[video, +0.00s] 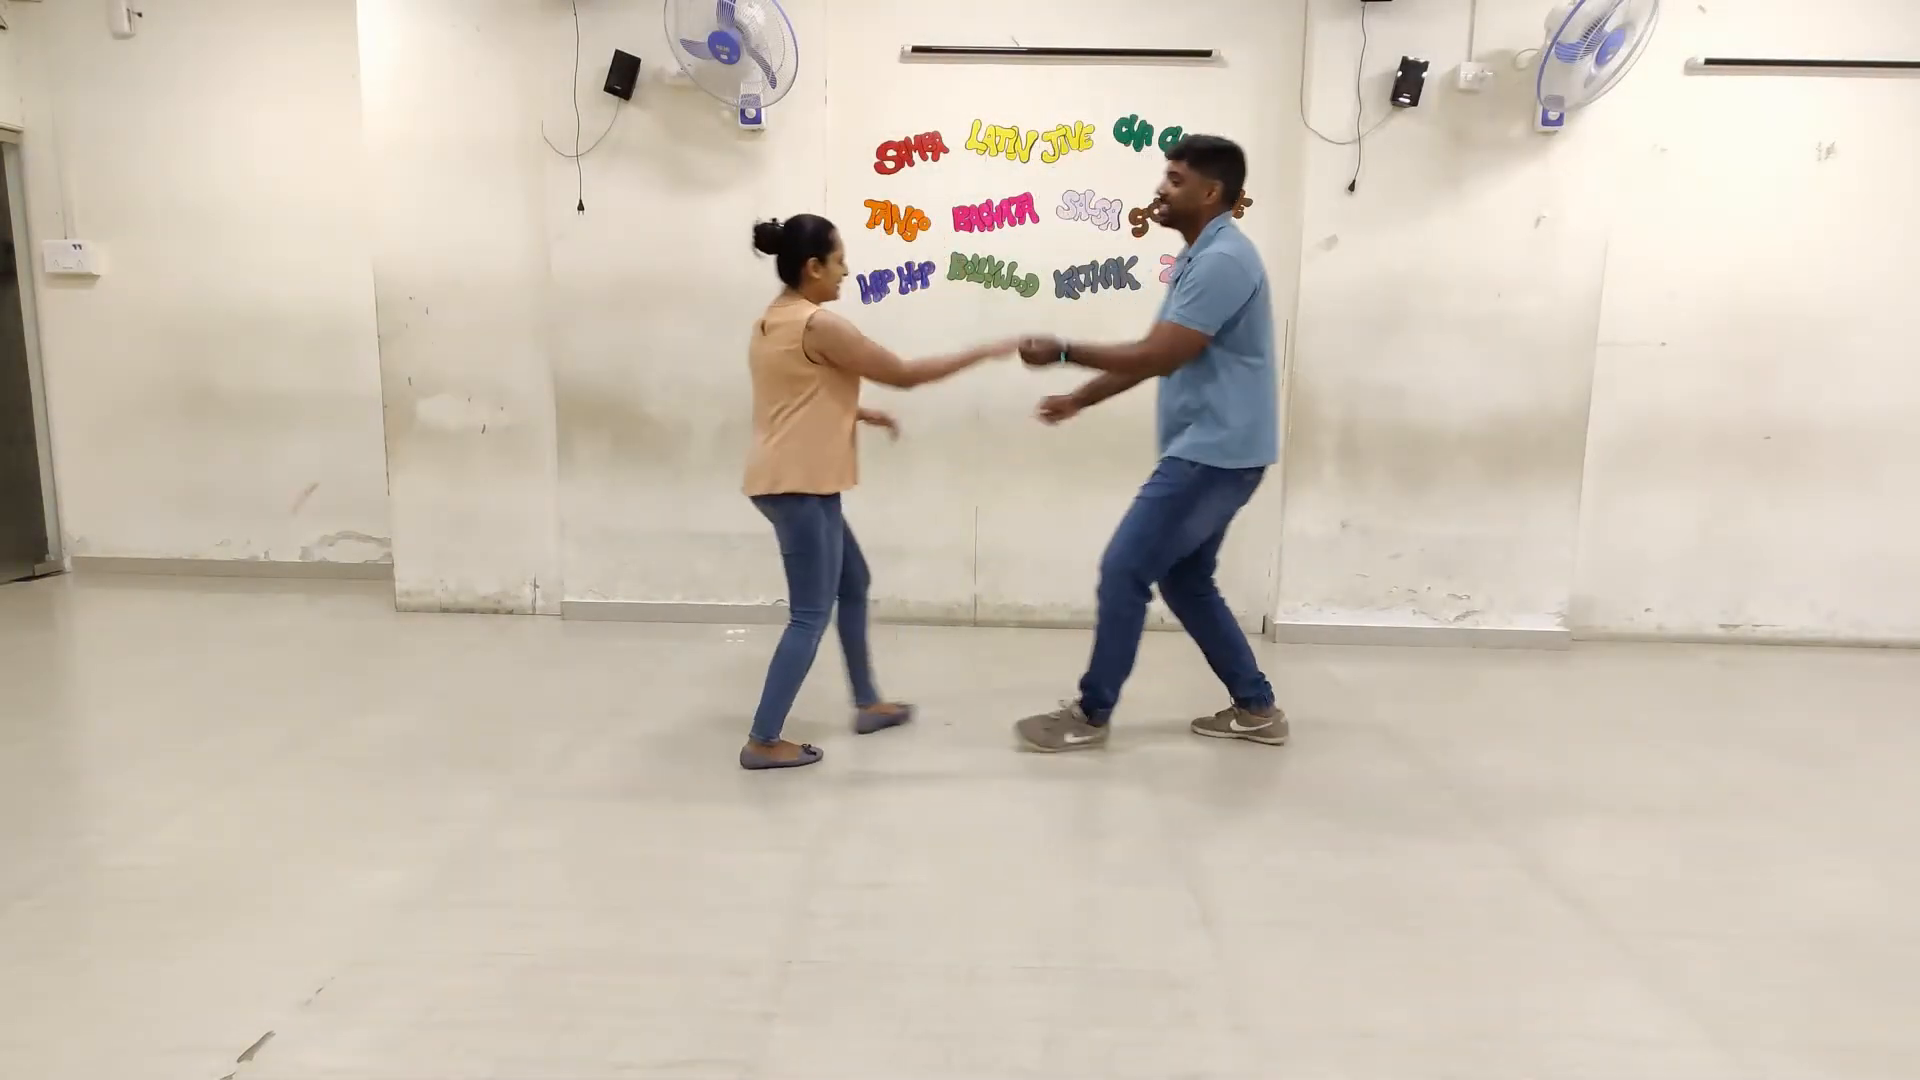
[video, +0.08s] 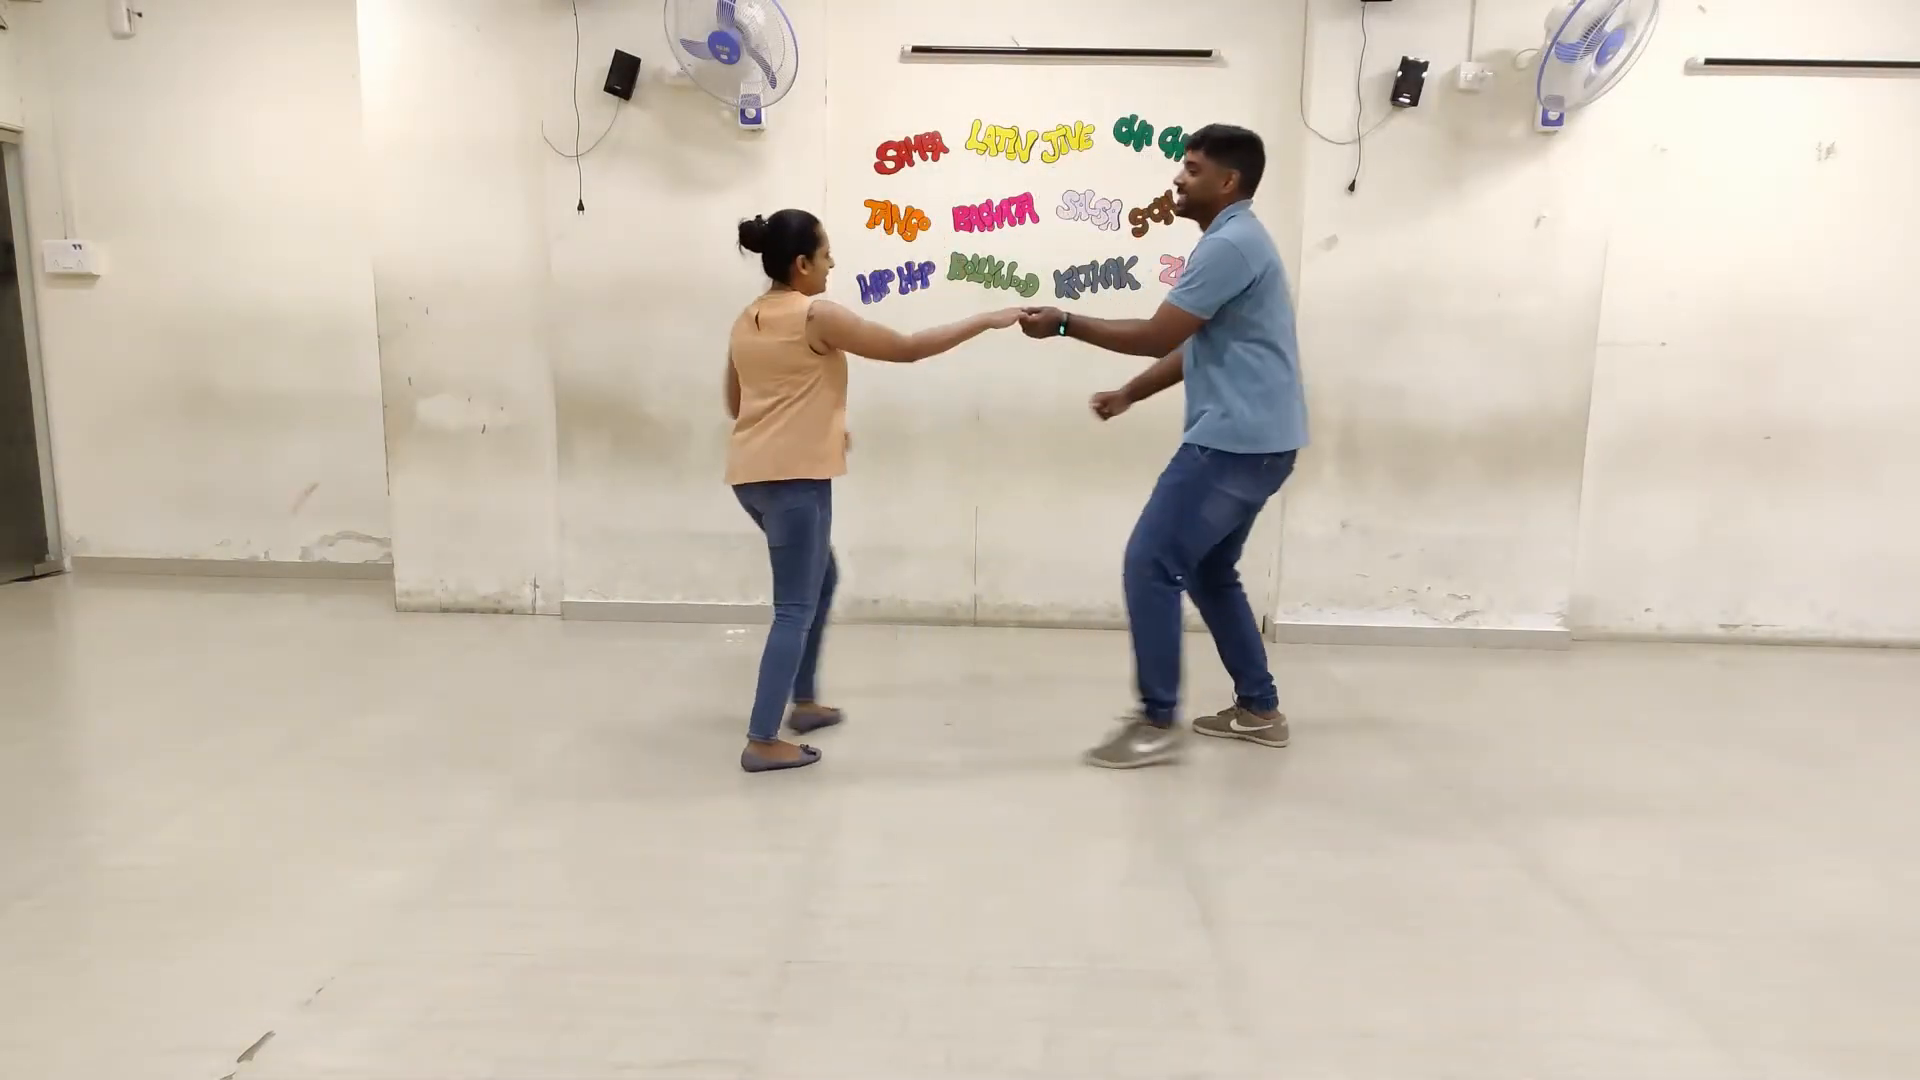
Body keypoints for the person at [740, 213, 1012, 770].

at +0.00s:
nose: (845, 270)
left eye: (843, 261)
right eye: (839, 262)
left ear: (802, 267)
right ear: (812, 268)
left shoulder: (772, 323)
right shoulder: (821, 326)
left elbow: (800, 398)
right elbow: (904, 374)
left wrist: (862, 416)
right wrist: (984, 353)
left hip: (780, 480)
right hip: (803, 486)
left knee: (852, 580)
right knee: (811, 614)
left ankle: (868, 706)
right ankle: (763, 741)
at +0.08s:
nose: (830, 265)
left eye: (828, 254)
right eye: (824, 256)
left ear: (779, 263)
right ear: (800, 262)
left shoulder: (747, 320)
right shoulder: (818, 315)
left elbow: (736, 405)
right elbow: (905, 348)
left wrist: (816, 424)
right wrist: (986, 319)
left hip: (751, 474)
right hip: (797, 475)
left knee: (823, 576)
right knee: (794, 608)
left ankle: (803, 702)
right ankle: (763, 739)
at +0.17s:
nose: (828, 264)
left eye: (825, 254)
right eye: (823, 256)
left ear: (777, 266)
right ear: (802, 263)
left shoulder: (743, 321)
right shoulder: (819, 314)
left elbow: (713, 400)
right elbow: (910, 344)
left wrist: (763, 423)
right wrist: (991, 319)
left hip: (743, 475)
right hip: (796, 476)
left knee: (792, 592)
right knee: (789, 609)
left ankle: (780, 704)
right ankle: (764, 741)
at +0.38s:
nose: (859, 257)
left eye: (856, 248)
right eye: (854, 250)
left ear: (809, 262)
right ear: (835, 260)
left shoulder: (773, 313)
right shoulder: (855, 312)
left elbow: (723, 376)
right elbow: (940, 345)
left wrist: (774, 401)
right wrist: (1018, 318)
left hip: (772, 469)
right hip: (832, 472)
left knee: (787, 588)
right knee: (864, 583)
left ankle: (779, 709)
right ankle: (827, 693)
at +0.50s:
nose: (894, 264)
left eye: (889, 255)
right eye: (887, 256)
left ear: (849, 270)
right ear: (865, 268)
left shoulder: (811, 320)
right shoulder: (882, 320)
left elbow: (772, 386)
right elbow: (963, 366)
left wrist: (824, 403)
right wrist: (1037, 333)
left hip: (801, 473)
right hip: (860, 477)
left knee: (805, 588)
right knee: (911, 579)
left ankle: (781, 708)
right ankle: (905, 703)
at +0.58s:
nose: (934, 270)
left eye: (930, 263)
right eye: (925, 265)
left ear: (892, 278)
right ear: (901, 278)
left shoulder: (860, 325)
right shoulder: (915, 328)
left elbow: (837, 398)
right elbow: (984, 379)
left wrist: (902, 399)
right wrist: (1042, 322)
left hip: (843, 479)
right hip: (895, 484)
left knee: (835, 588)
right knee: (949, 581)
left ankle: (785, 699)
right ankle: (956, 696)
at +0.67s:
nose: (962, 271)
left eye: (958, 262)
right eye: (953, 264)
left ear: (919, 277)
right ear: (927, 275)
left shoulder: (894, 323)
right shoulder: (933, 325)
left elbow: (905, 390)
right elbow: (998, 374)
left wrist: (959, 404)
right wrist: (1043, 303)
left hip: (877, 478)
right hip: (921, 483)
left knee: (875, 583)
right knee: (969, 584)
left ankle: (801, 675)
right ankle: (956, 696)